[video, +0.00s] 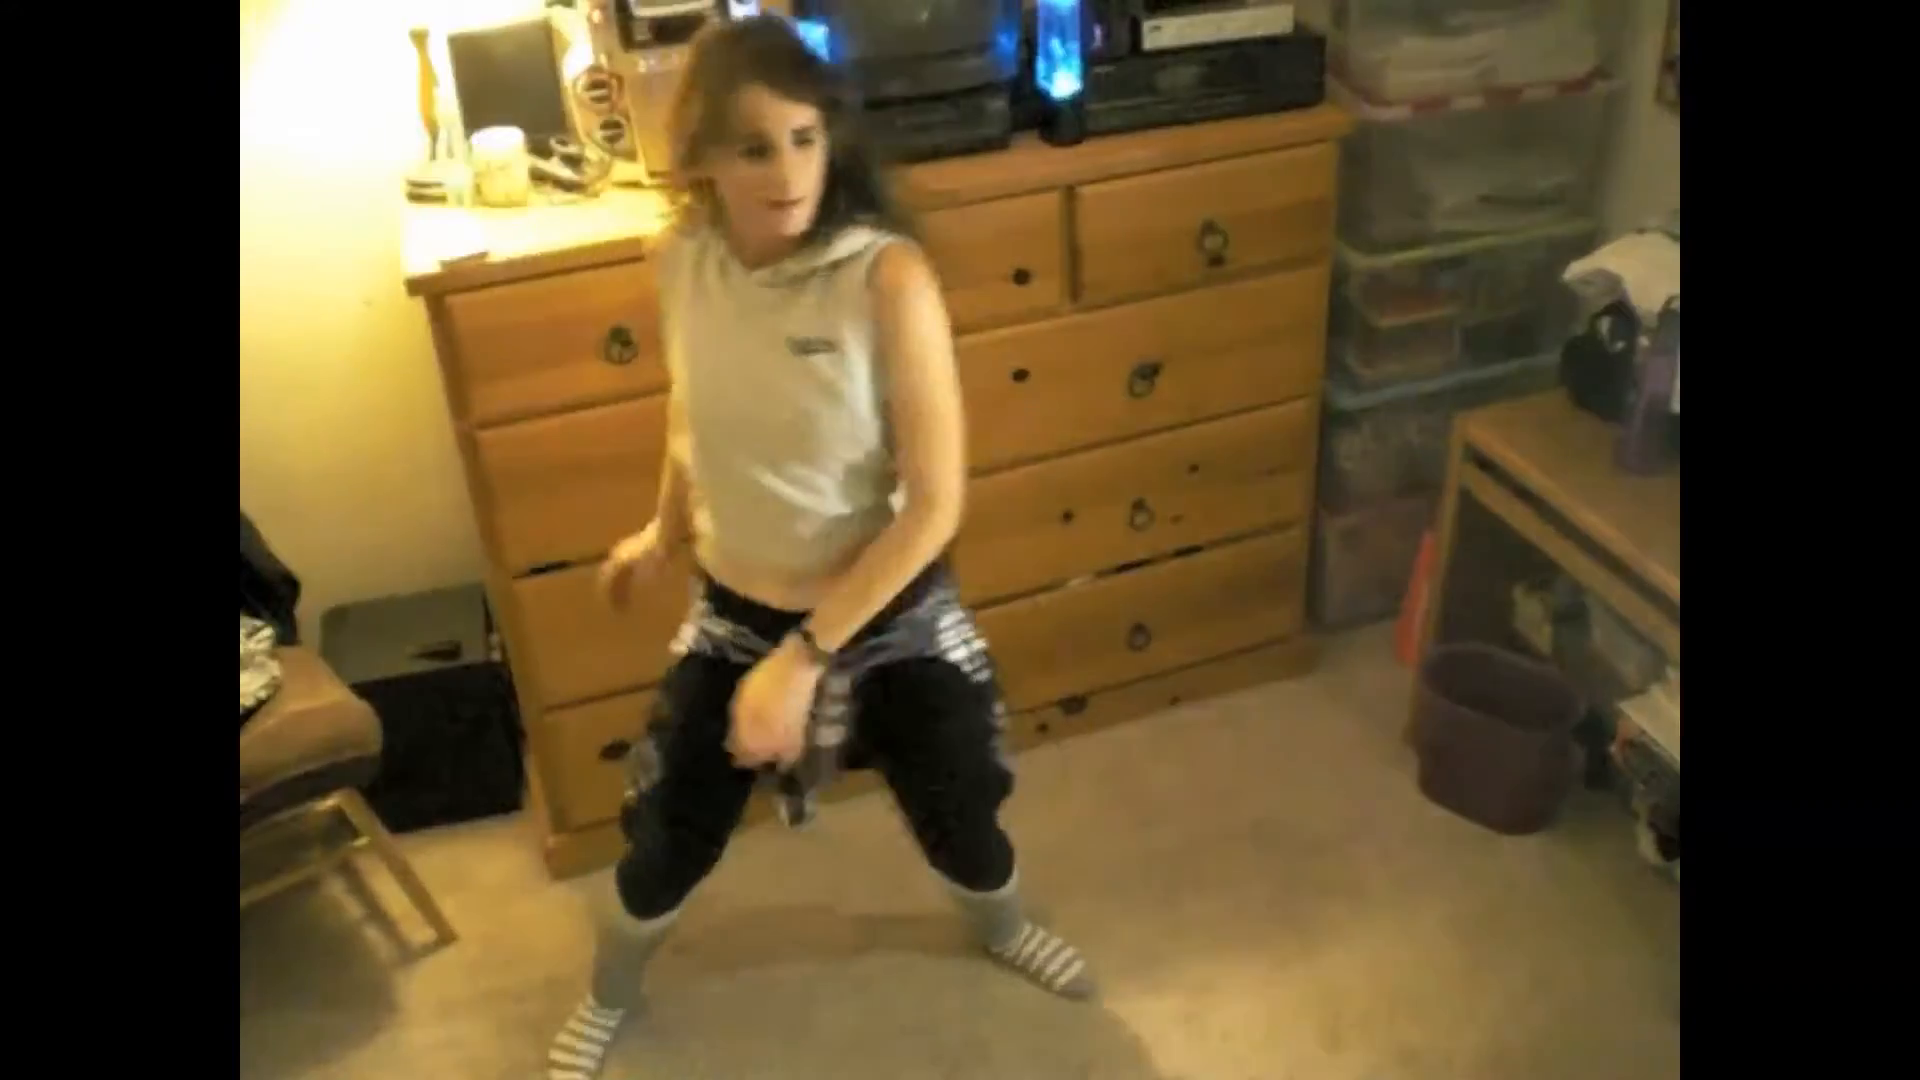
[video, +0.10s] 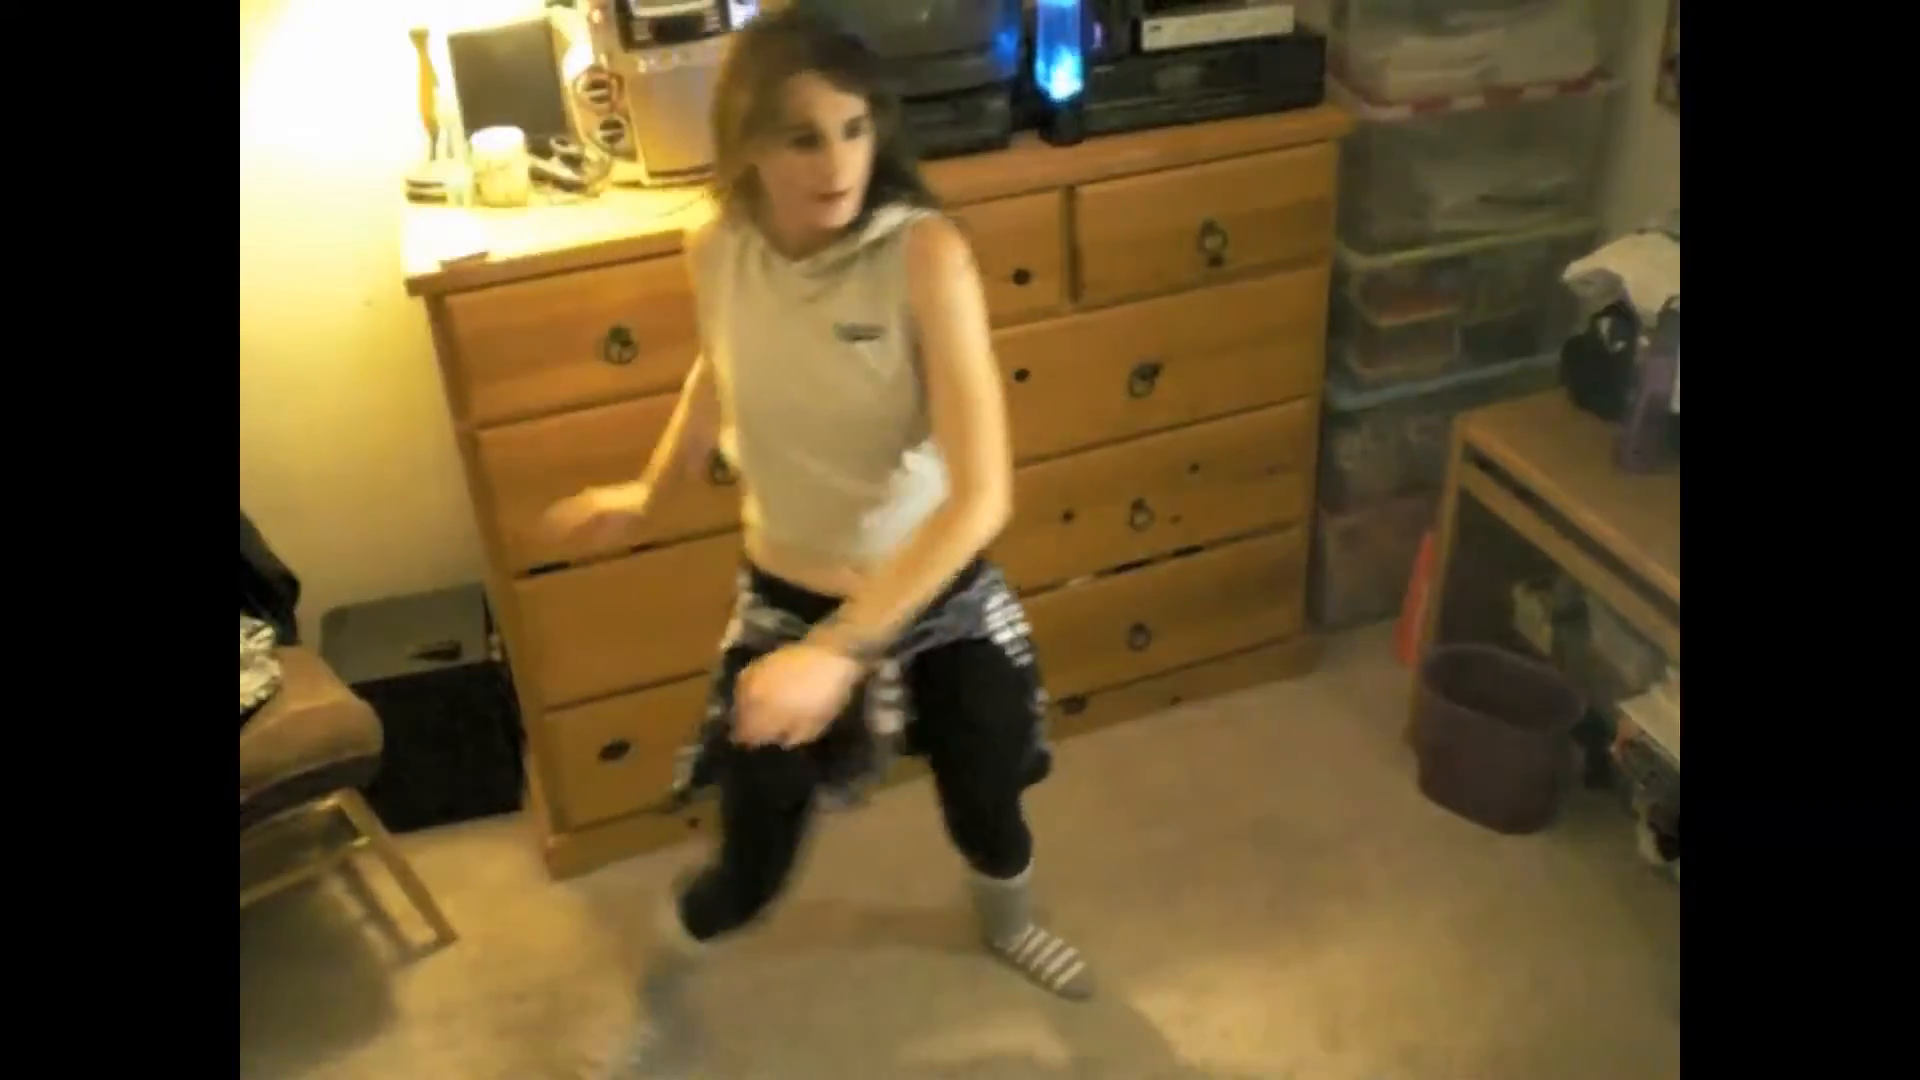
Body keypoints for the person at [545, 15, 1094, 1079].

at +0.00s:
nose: (784, 174)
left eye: (802, 141)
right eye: (750, 149)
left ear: (833, 142)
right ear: (700, 162)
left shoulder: (887, 276)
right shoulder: (684, 266)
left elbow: (933, 500)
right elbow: (686, 409)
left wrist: (804, 654)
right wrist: (666, 526)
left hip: (894, 615)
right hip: (737, 617)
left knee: (966, 799)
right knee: (668, 839)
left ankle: (998, 925)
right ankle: (608, 996)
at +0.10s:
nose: (834, 165)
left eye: (853, 131)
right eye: (800, 138)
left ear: (878, 130)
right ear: (743, 148)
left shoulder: (924, 254)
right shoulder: (721, 253)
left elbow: (981, 494)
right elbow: (715, 371)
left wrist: (838, 646)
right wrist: (649, 492)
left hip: (935, 596)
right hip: (787, 605)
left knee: (992, 780)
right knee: (750, 871)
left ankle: (1008, 926)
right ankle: (660, 972)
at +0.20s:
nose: (880, 167)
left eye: (899, 134)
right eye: (845, 138)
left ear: (921, 138)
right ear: (783, 149)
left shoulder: (953, 254)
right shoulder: (747, 252)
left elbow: (1064, 468)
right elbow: (705, 371)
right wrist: (585, 459)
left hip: (963, 610)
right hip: (816, 621)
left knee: (1006, 804)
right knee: (832, 886)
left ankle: (1014, 923)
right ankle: (770, 987)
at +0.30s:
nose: (913, 195)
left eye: (932, 168)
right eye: (880, 168)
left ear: (950, 176)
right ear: (807, 178)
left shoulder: (986, 299)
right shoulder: (759, 281)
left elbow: (1150, 445)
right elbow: (641, 388)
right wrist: (466, 451)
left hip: (977, 628)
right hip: (834, 643)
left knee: (1020, 831)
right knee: (902, 916)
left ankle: (1017, 929)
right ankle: (854, 1045)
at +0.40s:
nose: (948, 231)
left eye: (964, 199)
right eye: (911, 204)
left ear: (988, 204)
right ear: (835, 219)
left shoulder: (1034, 322)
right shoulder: (766, 343)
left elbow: (1222, 436)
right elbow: (593, 483)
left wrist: (1391, 535)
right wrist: (384, 558)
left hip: (985, 646)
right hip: (842, 685)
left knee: (1056, 823)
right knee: (946, 954)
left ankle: (1025, 923)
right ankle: (880, 1052)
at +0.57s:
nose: (997, 164)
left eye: (1002, 131)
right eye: (964, 135)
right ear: (869, 136)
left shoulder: (808, 246)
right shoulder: (908, 307)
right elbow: (1136, 457)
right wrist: (1404, 416)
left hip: (830, 645)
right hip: (863, 711)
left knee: (946, 790)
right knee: (937, 942)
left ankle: (966, 894)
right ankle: (870, 1054)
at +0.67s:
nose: (1006, 152)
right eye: (996, 133)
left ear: (786, 132)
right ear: (963, 158)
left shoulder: (742, 278)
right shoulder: (1009, 278)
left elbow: (750, 148)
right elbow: (1153, 225)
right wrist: (1051, 125)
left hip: (768, 658)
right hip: (919, 694)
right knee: (923, 927)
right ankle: (917, 1060)